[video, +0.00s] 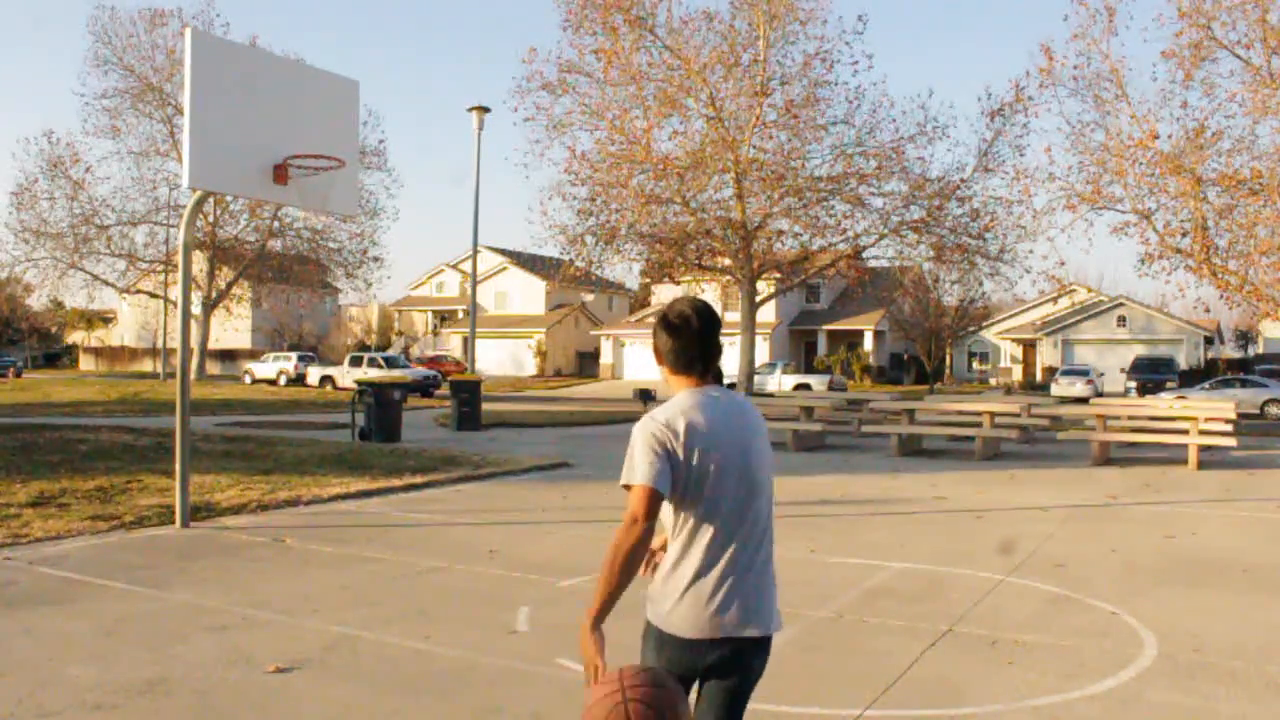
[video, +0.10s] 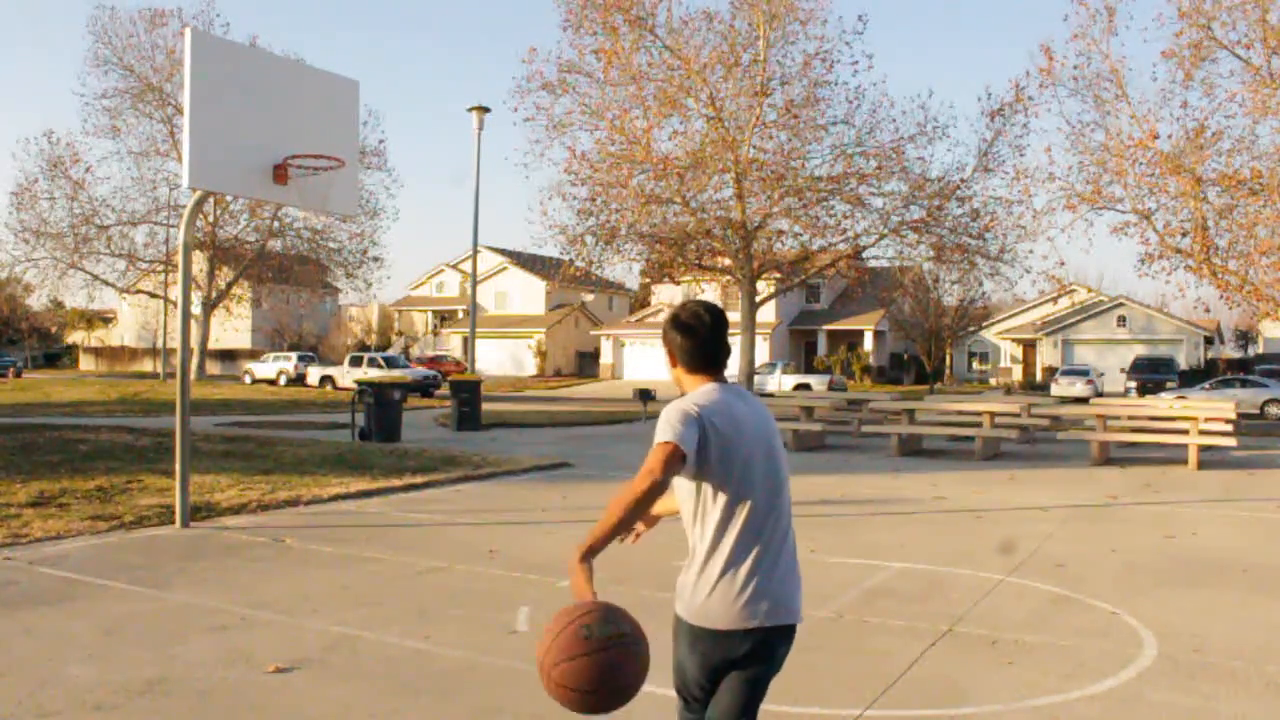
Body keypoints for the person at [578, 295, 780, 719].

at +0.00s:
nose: (655, 355)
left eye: (655, 347)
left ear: (658, 356)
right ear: (717, 350)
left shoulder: (660, 425)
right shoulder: (750, 415)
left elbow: (639, 523)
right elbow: (738, 505)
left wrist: (594, 620)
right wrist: (675, 541)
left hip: (682, 624)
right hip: (751, 625)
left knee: (654, 714)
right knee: (718, 714)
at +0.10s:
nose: (664, 361)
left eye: (664, 351)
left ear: (671, 357)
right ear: (725, 351)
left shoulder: (687, 411)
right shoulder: (756, 408)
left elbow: (653, 480)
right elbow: (729, 485)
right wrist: (658, 510)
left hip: (711, 615)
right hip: (775, 614)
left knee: (694, 708)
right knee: (733, 712)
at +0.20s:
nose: (677, 365)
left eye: (678, 353)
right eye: (677, 354)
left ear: (693, 355)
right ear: (735, 354)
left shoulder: (705, 413)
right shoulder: (768, 406)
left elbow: (671, 473)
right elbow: (738, 480)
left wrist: (619, 536)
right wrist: (673, 512)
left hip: (740, 606)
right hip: (803, 603)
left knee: (728, 710)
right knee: (769, 714)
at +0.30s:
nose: (686, 383)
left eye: (689, 369)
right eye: (685, 371)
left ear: (717, 366)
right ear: (725, 364)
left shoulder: (720, 426)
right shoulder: (781, 415)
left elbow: (717, 529)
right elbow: (771, 507)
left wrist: (672, 617)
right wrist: (707, 546)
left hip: (756, 612)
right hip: (820, 608)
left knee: (746, 710)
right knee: (808, 713)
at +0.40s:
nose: (691, 398)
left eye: (693, 385)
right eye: (687, 388)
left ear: (729, 374)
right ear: (730, 375)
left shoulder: (734, 440)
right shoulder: (790, 415)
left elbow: (746, 546)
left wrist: (722, 618)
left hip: (784, 614)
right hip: (840, 604)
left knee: (749, 698)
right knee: (812, 696)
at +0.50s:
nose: (703, 422)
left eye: (708, 408)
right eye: (698, 411)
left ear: (743, 398)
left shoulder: (743, 465)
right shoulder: (804, 434)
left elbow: (765, 563)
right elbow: (835, 528)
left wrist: (754, 604)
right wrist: (861, 594)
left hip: (802, 623)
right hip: (856, 611)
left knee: (755, 707)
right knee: (840, 710)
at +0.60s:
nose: (710, 458)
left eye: (718, 446)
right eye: (706, 445)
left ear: (756, 439)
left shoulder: (756, 507)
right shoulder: (804, 469)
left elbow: (784, 604)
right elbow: (851, 550)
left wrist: (762, 600)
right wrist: (887, 611)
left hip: (823, 656)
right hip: (868, 640)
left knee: (743, 710)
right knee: (841, 714)